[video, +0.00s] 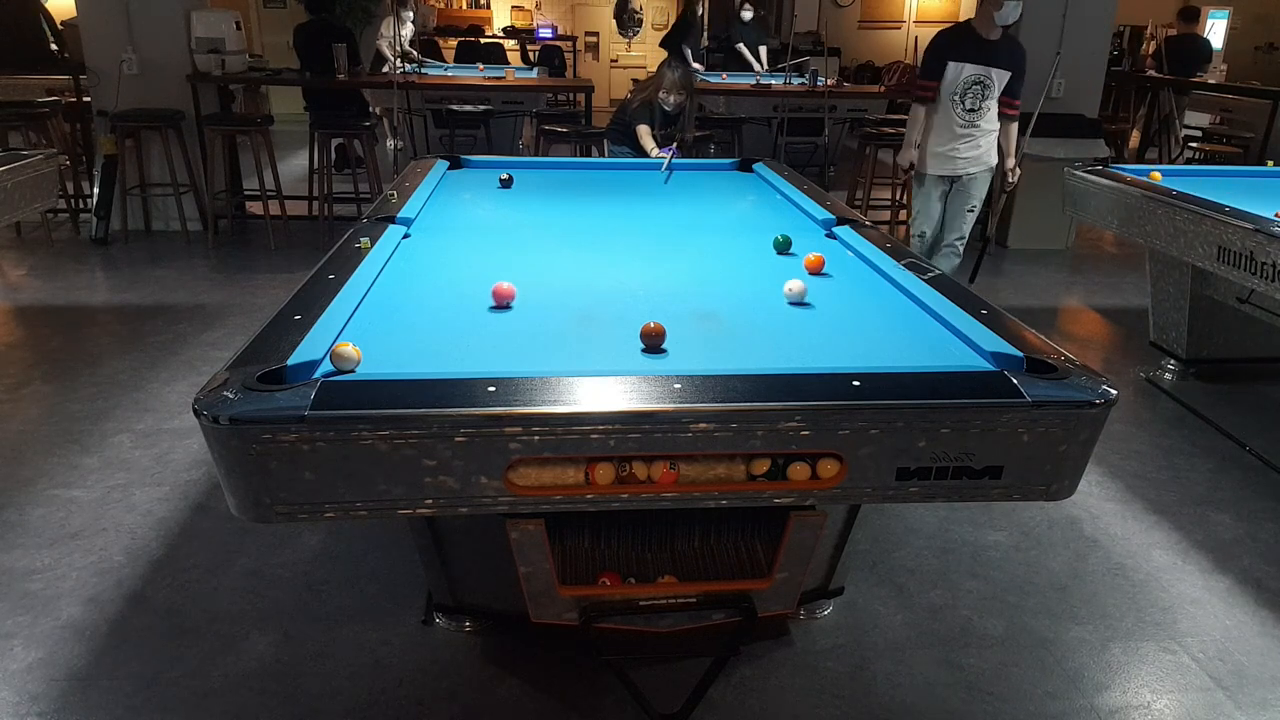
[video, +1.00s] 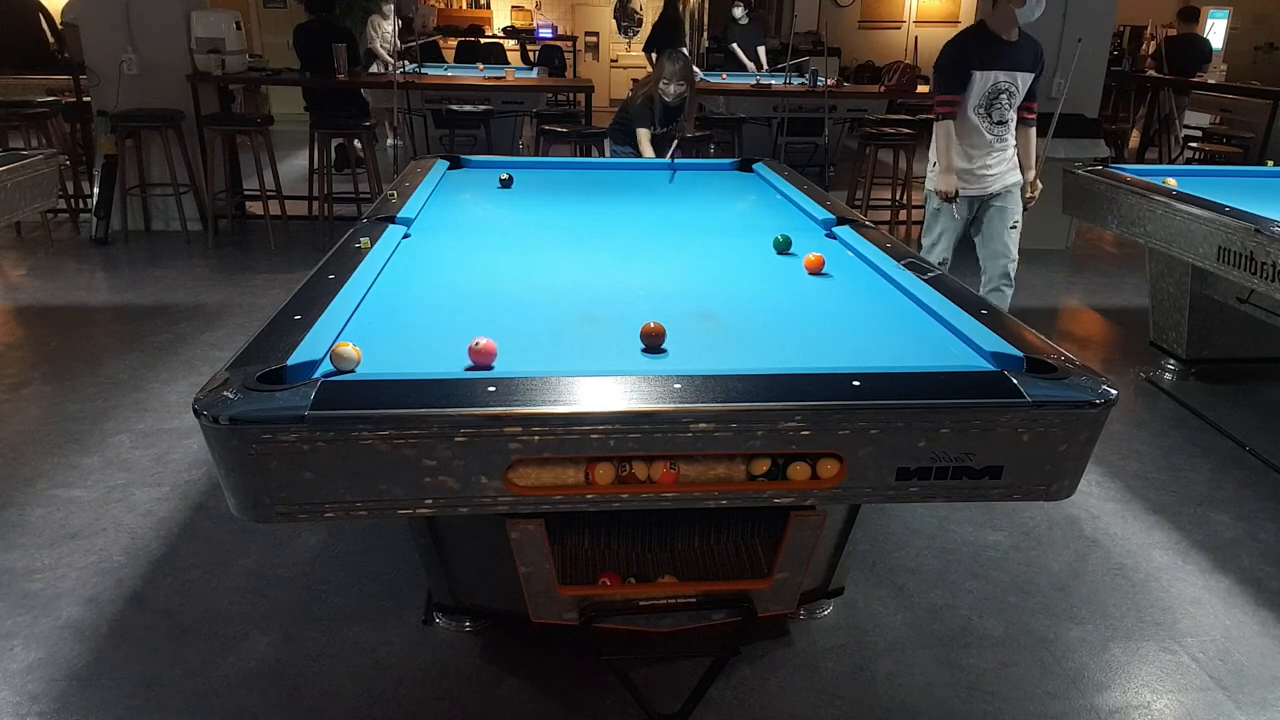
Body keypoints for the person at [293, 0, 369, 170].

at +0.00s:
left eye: (304, 5)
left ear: (307, 8)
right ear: (333, 8)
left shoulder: (300, 31)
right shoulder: (343, 30)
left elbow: (305, 65)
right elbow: (357, 68)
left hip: (315, 102)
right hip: (346, 103)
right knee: (362, 106)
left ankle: (351, 152)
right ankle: (344, 149)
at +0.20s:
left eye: (304, 5)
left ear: (307, 8)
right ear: (332, 8)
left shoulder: (300, 31)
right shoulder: (343, 30)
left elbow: (305, 65)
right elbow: (357, 69)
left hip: (315, 103)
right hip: (346, 104)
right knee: (362, 106)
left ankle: (351, 152)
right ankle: (344, 149)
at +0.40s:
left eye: (304, 5)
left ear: (307, 8)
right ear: (333, 7)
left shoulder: (300, 31)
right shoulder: (343, 31)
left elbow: (305, 64)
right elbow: (357, 71)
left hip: (314, 102)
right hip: (346, 103)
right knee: (362, 106)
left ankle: (352, 151)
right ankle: (345, 149)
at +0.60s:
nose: (302, 7)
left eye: (304, 5)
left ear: (307, 7)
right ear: (333, 7)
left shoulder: (300, 31)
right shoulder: (344, 31)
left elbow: (306, 64)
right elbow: (357, 72)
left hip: (315, 103)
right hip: (347, 104)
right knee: (362, 107)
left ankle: (351, 151)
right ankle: (344, 149)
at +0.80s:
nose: (302, 7)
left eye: (304, 5)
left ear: (307, 7)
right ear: (333, 7)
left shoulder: (300, 30)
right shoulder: (343, 31)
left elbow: (305, 64)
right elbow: (357, 71)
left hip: (315, 103)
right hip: (347, 104)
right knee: (362, 106)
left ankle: (352, 152)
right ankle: (345, 149)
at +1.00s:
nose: (302, 7)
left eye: (304, 5)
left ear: (307, 8)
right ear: (333, 7)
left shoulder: (300, 31)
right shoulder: (343, 32)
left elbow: (305, 63)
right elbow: (356, 68)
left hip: (315, 103)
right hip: (346, 103)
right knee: (363, 106)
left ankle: (351, 151)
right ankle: (345, 149)